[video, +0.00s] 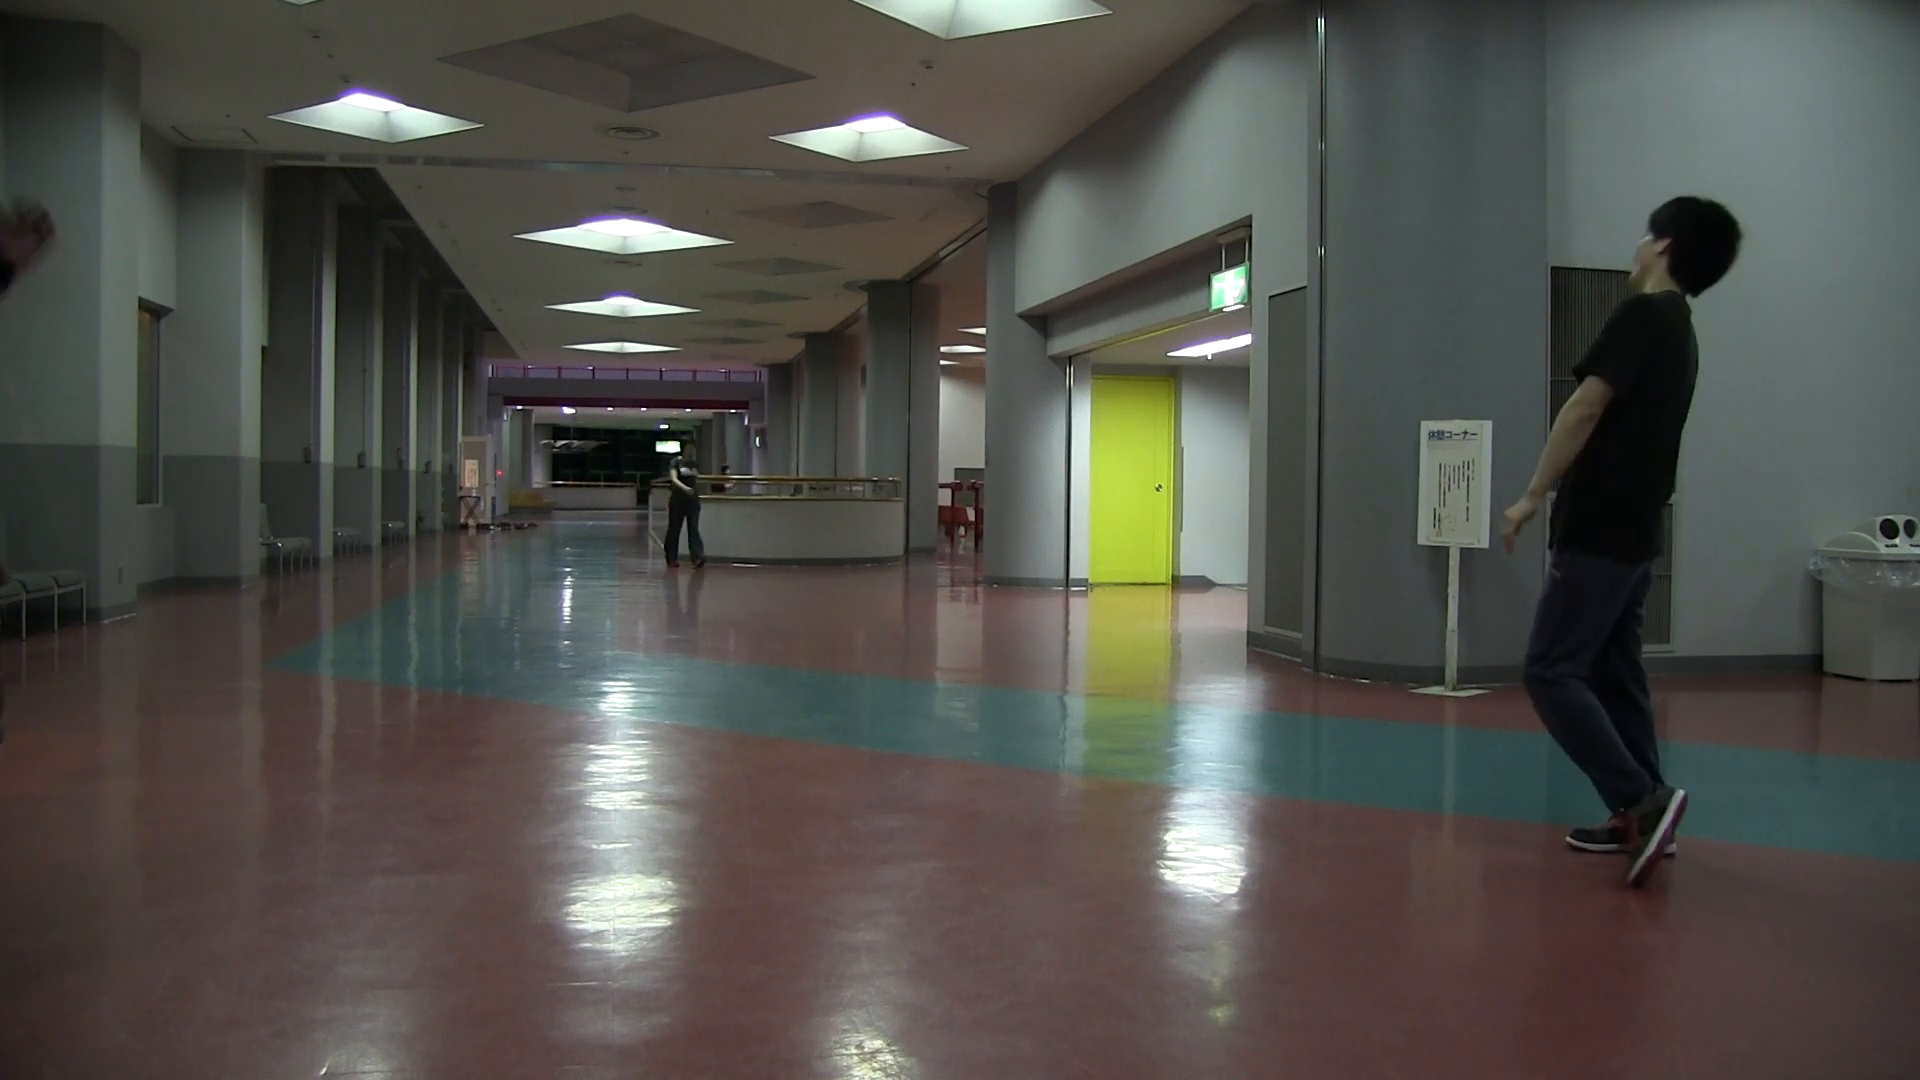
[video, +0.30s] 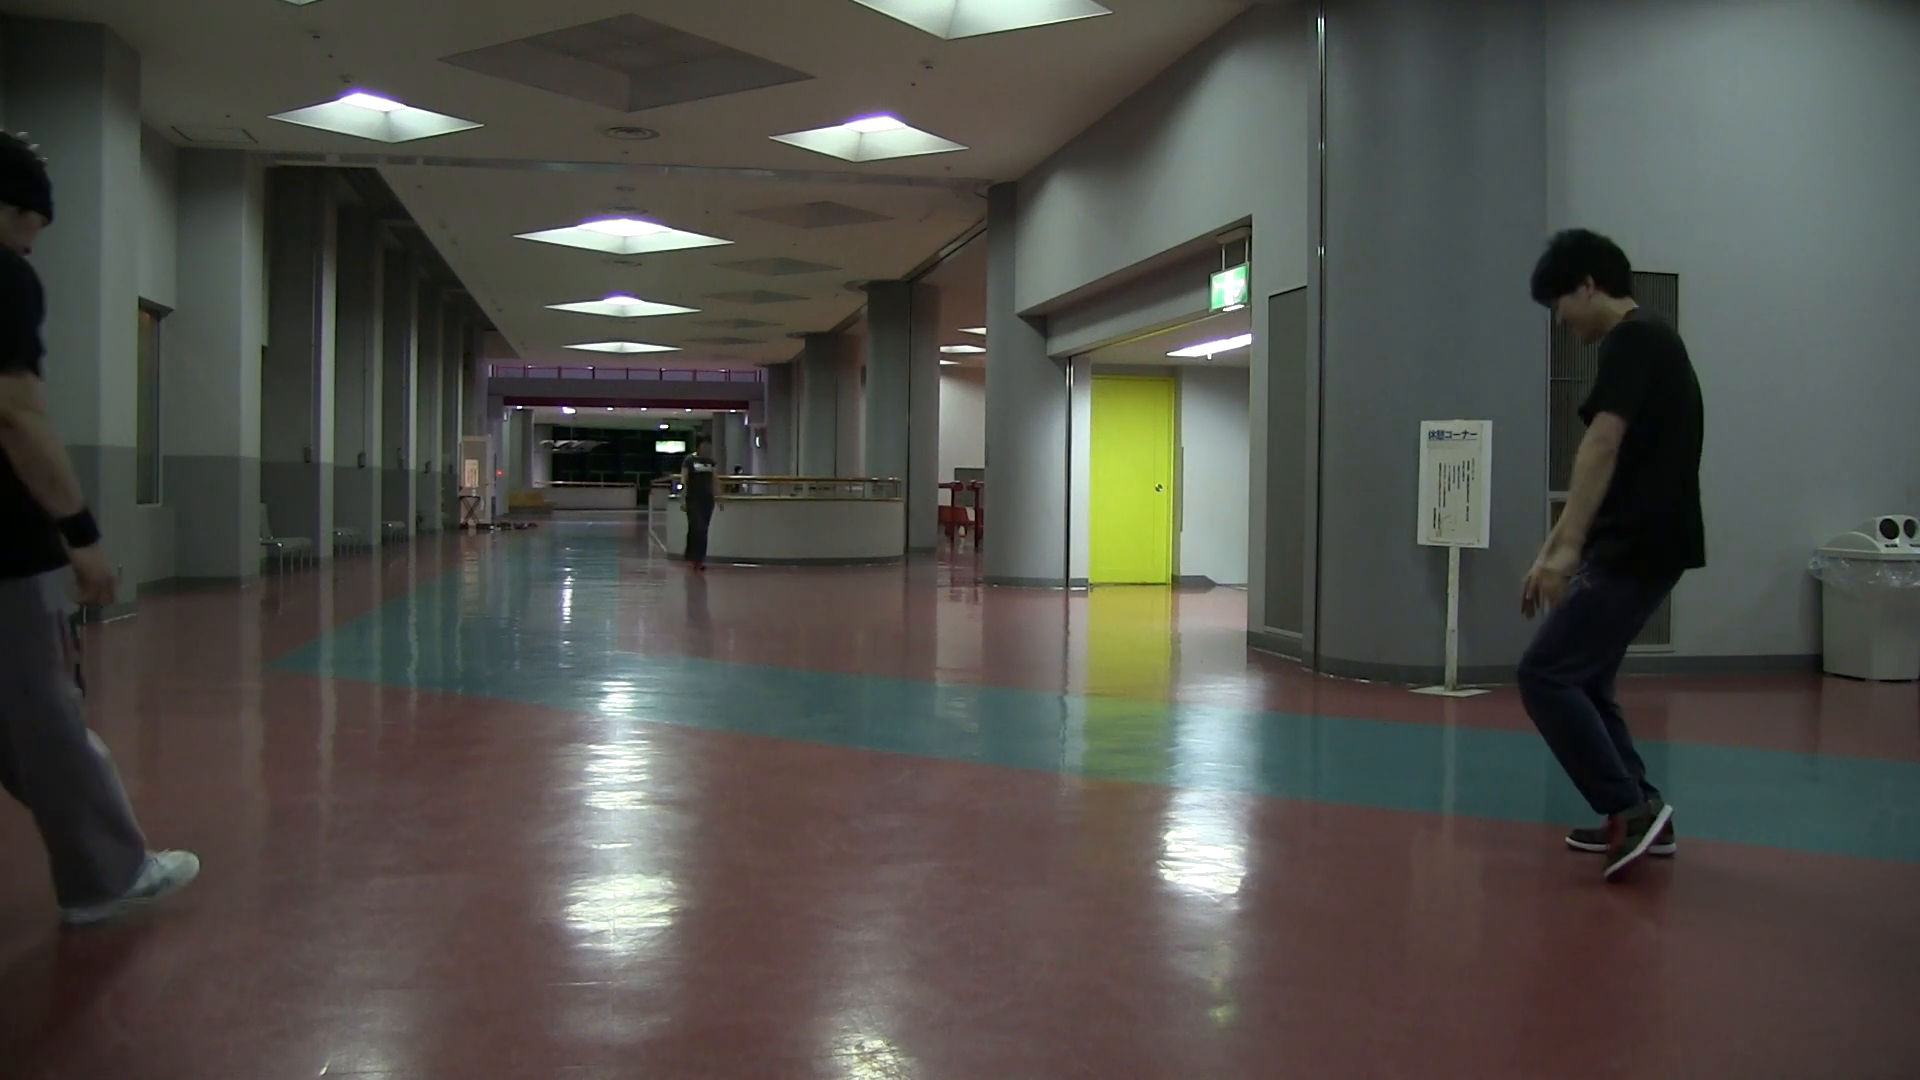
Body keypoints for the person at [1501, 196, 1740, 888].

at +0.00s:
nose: (1638, 241)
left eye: (1648, 231)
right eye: (1648, 230)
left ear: (1663, 245)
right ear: (1694, 260)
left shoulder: (1642, 316)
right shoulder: (1674, 324)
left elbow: (1585, 406)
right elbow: (1640, 430)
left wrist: (1534, 494)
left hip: (1599, 537)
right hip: (1632, 534)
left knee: (1548, 670)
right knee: (1614, 668)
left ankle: (1643, 800)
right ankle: (1632, 819)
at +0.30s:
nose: (1560, 321)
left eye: (1559, 305)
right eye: (1555, 310)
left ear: (1591, 286)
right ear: (1599, 289)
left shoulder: (1635, 343)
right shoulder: (1648, 343)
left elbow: (1603, 447)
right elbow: (1605, 460)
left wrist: (1564, 551)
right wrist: (1553, 546)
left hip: (1636, 548)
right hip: (1648, 546)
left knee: (1544, 674)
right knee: (1586, 679)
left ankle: (1630, 809)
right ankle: (1634, 812)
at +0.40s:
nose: (1544, 308)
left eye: (1545, 292)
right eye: (1538, 296)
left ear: (1580, 275)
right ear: (1577, 280)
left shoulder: (1644, 334)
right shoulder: (1606, 354)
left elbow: (1638, 445)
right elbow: (1587, 458)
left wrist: (1631, 550)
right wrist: (1544, 540)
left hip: (1656, 539)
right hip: (1629, 538)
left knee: (1563, 669)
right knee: (1603, 678)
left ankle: (1641, 810)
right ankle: (1631, 816)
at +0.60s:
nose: (1546, 303)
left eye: (1550, 288)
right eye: (1541, 291)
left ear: (1589, 270)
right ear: (1576, 278)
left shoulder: (1671, 335)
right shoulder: (1575, 350)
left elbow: (1712, 440)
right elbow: (1572, 449)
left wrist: (1736, 548)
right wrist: (1560, 536)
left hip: (1670, 534)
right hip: (1610, 533)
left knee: (1608, 672)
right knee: (1606, 676)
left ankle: (1660, 828)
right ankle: (1634, 813)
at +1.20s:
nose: (1650, 264)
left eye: (1665, 250)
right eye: (1639, 249)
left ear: (1698, 242)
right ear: (1627, 242)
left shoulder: (1746, 323)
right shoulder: (1608, 319)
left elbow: (1733, 435)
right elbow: (1588, 421)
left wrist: (1672, 504)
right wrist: (1606, 491)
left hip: (1696, 533)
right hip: (1612, 529)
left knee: (1688, 685)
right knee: (1591, 683)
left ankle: (1675, 836)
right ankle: (1606, 789)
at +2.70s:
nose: (1561, 233)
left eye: (1571, 217)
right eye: (1562, 219)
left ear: (1612, 218)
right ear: (1617, 221)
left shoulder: (1635, 284)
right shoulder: (1649, 286)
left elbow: (1673, 398)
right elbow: (1681, 402)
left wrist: (1723, 493)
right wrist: (1727, 489)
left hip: (1663, 530)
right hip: (1659, 529)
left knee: (1638, 692)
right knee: (1645, 692)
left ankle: (1763, 838)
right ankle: (1634, 858)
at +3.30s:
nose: (1649, 200)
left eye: (1661, 187)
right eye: (1652, 186)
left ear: (1708, 196)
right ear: (1696, 198)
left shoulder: (1754, 284)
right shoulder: (1698, 292)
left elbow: (1790, 414)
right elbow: (1722, 414)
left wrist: (1812, 515)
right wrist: (1798, 510)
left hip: (1747, 534)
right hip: (1699, 529)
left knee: (1759, 700)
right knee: (1682, 683)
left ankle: (1823, 879)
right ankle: (1680, 835)